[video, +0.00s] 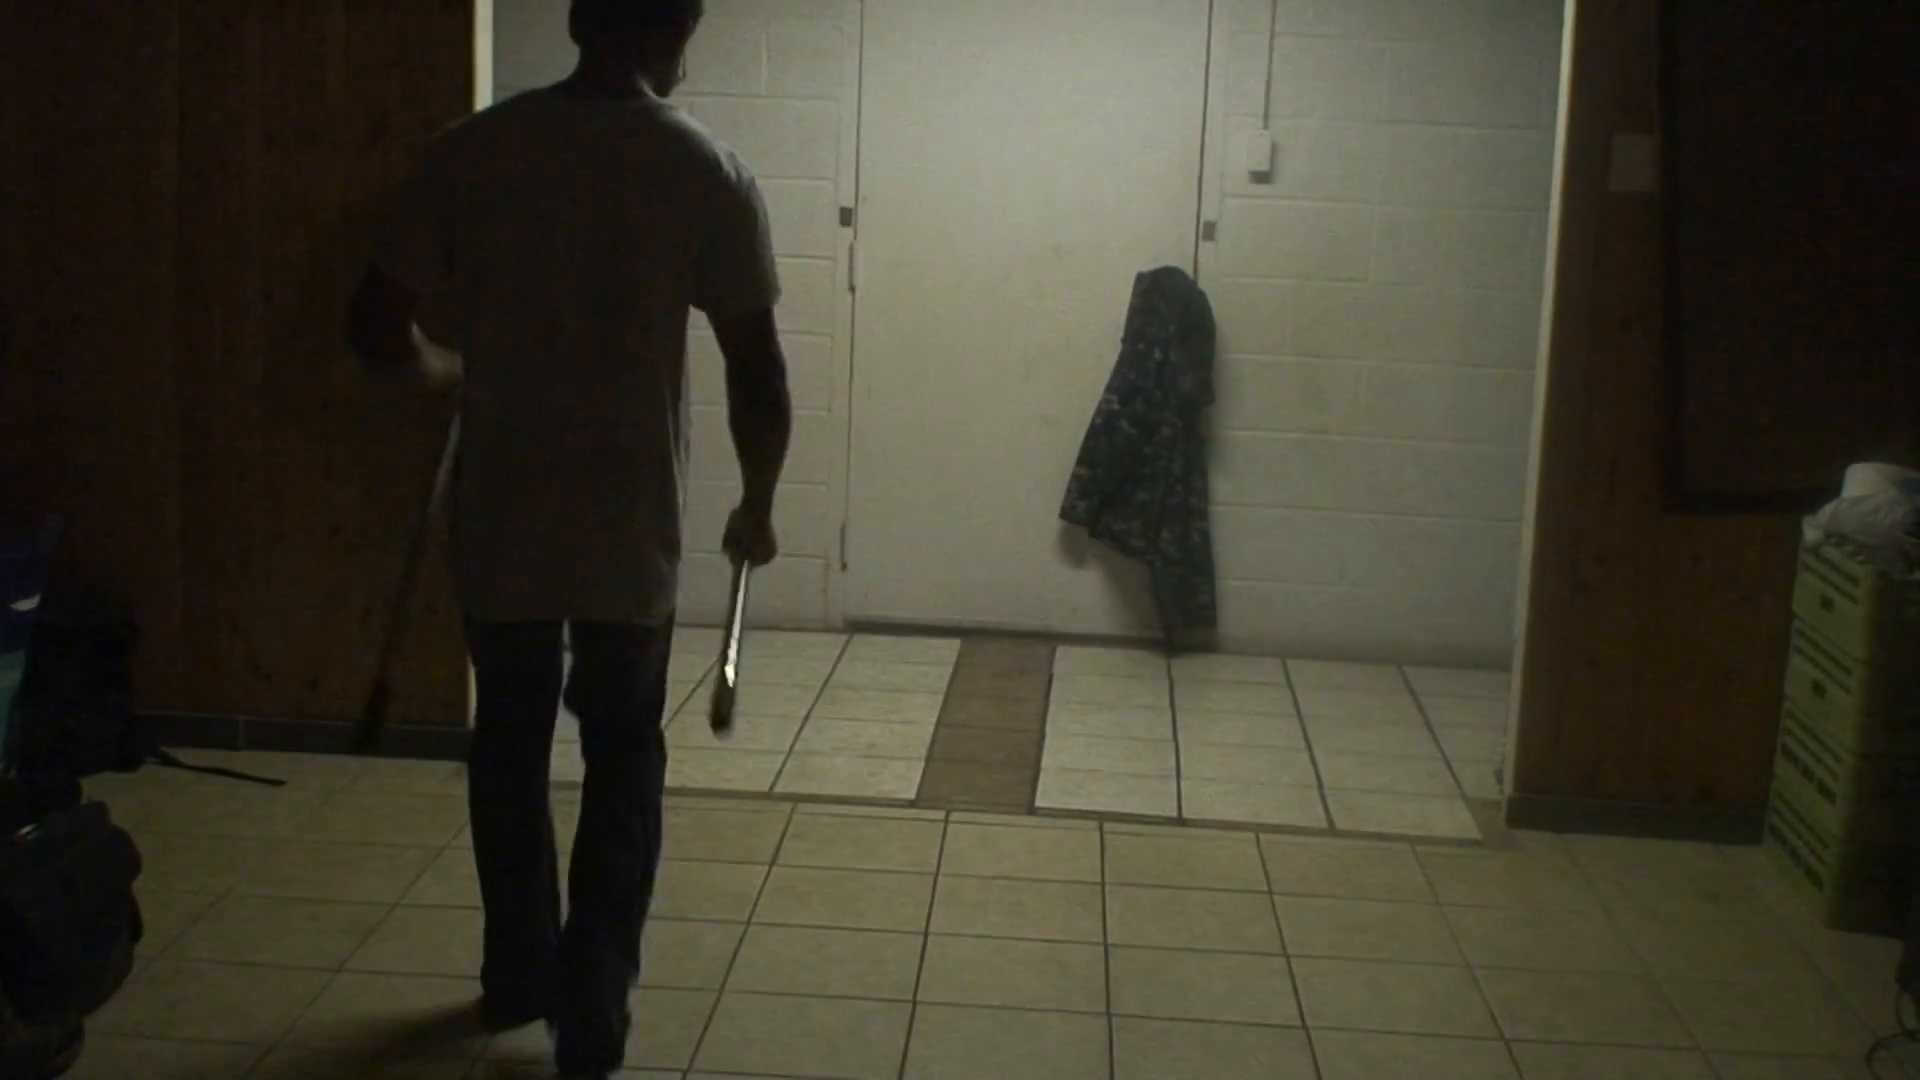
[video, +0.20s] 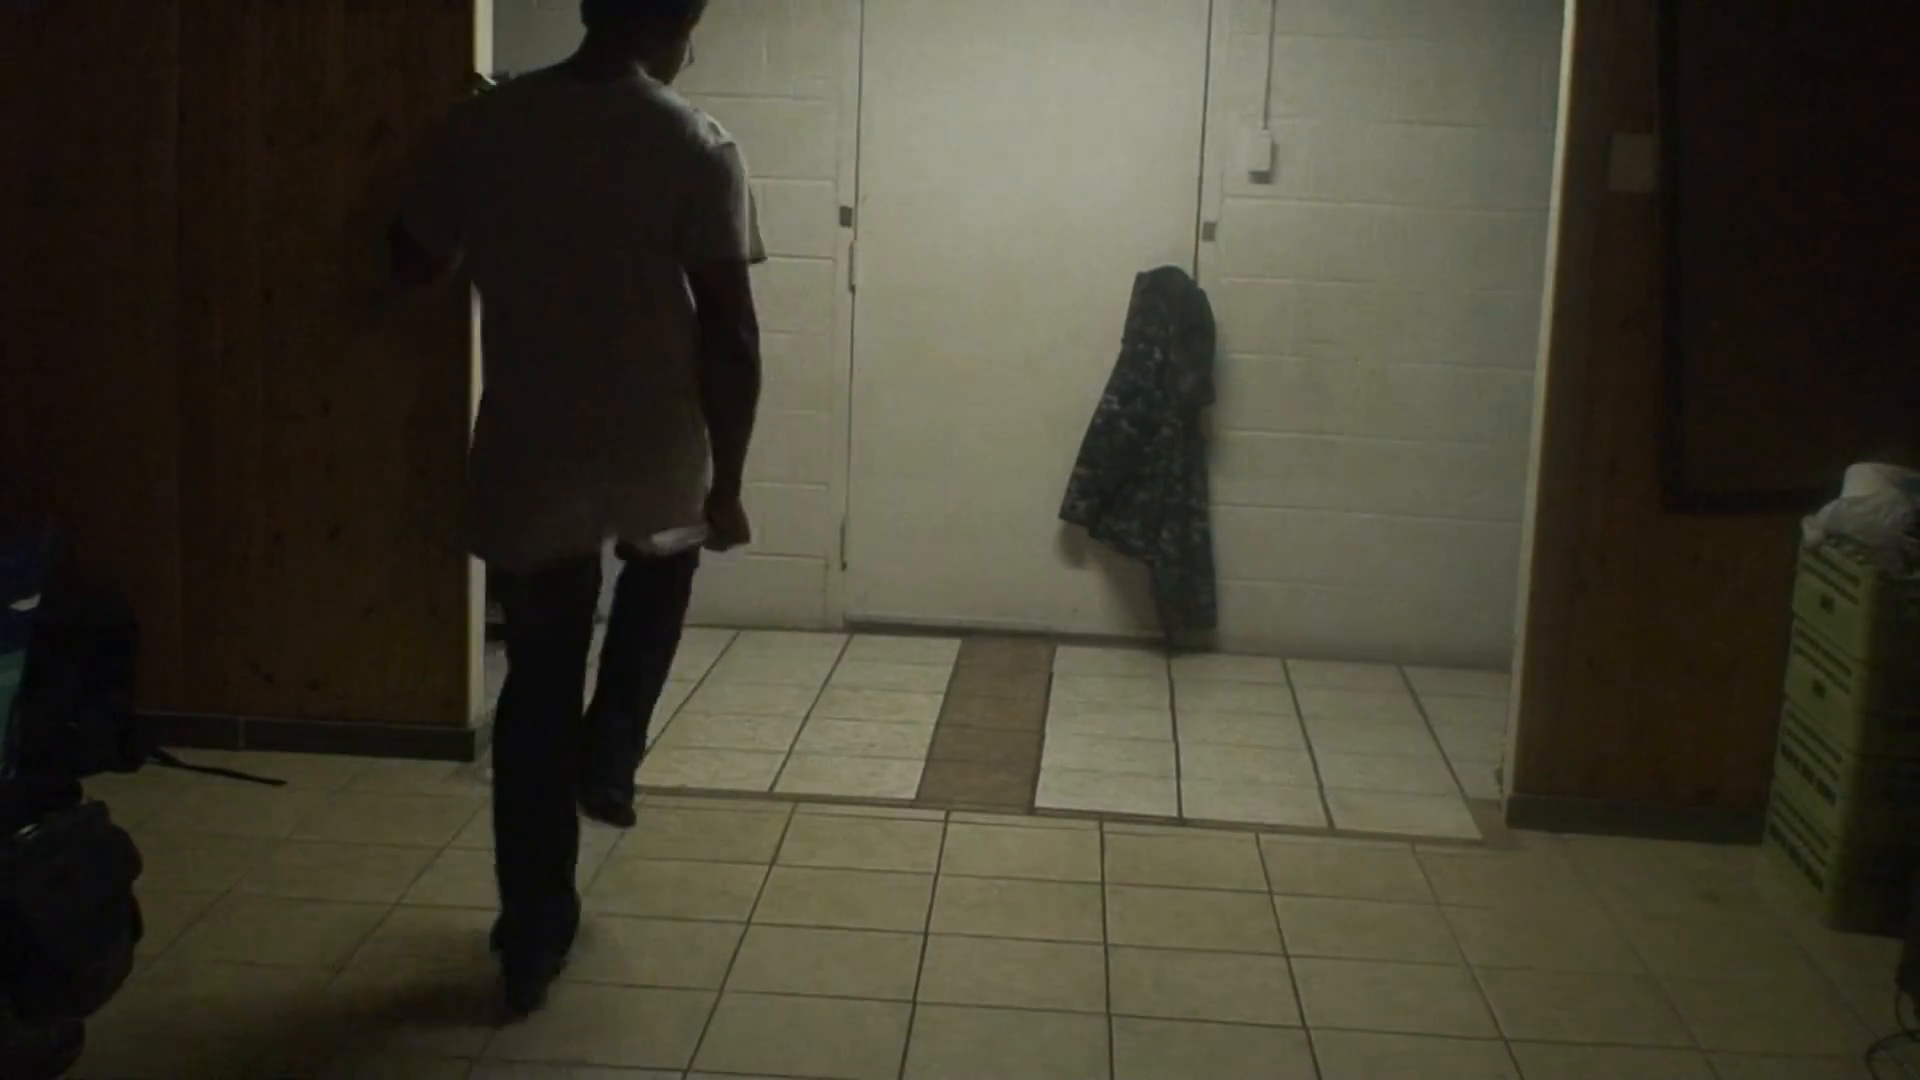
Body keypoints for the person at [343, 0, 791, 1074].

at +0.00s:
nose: (688, 53)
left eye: (685, 35)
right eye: (687, 35)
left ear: (580, 26)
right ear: (668, 38)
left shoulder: (470, 147)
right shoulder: (706, 174)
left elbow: (376, 323)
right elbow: (758, 377)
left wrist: (448, 378)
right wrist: (758, 503)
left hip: (498, 500)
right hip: (627, 511)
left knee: (507, 739)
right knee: (624, 752)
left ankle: (516, 972)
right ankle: (593, 1019)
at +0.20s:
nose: (690, 49)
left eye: (688, 32)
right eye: (690, 33)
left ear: (592, 18)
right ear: (674, 31)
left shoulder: (489, 120)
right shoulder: (695, 145)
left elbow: (413, 263)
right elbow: (730, 332)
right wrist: (729, 480)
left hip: (528, 433)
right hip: (653, 435)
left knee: (537, 683)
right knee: (664, 550)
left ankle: (530, 939)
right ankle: (609, 762)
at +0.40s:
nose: (723, 74)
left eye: (720, 54)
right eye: (721, 55)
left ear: (629, 43)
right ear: (699, 55)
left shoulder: (529, 153)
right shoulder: (712, 174)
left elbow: (438, 260)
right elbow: (731, 341)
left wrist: (506, 292)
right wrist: (731, 475)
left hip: (548, 451)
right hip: (666, 453)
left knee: (558, 657)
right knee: (673, 641)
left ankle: (549, 899)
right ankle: (636, 839)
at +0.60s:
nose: (773, 73)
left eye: (773, 55)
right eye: (772, 56)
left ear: (686, 40)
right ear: (750, 55)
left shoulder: (580, 153)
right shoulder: (749, 170)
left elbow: (516, 298)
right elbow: (788, 327)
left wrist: (515, 405)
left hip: (594, 431)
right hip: (696, 445)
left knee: (633, 551)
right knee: (693, 642)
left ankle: (592, 732)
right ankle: (633, 849)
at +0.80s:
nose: (808, 56)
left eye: (809, 39)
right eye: (806, 40)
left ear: (724, 28)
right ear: (784, 40)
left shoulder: (619, 131)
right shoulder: (785, 149)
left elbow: (550, 256)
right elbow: (834, 294)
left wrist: (534, 376)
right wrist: (872, 191)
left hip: (643, 395)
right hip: (734, 407)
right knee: (714, 599)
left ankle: (670, 744)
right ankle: (673, 786)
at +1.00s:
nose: (839, 87)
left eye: (841, 71)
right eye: (840, 70)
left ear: (760, 54)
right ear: (818, 67)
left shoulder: (672, 150)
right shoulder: (809, 174)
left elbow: (617, 269)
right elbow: (828, 323)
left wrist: (686, 326)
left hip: (691, 415)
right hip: (767, 424)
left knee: (720, 574)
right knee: (754, 603)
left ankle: (706, 729)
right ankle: (679, 773)